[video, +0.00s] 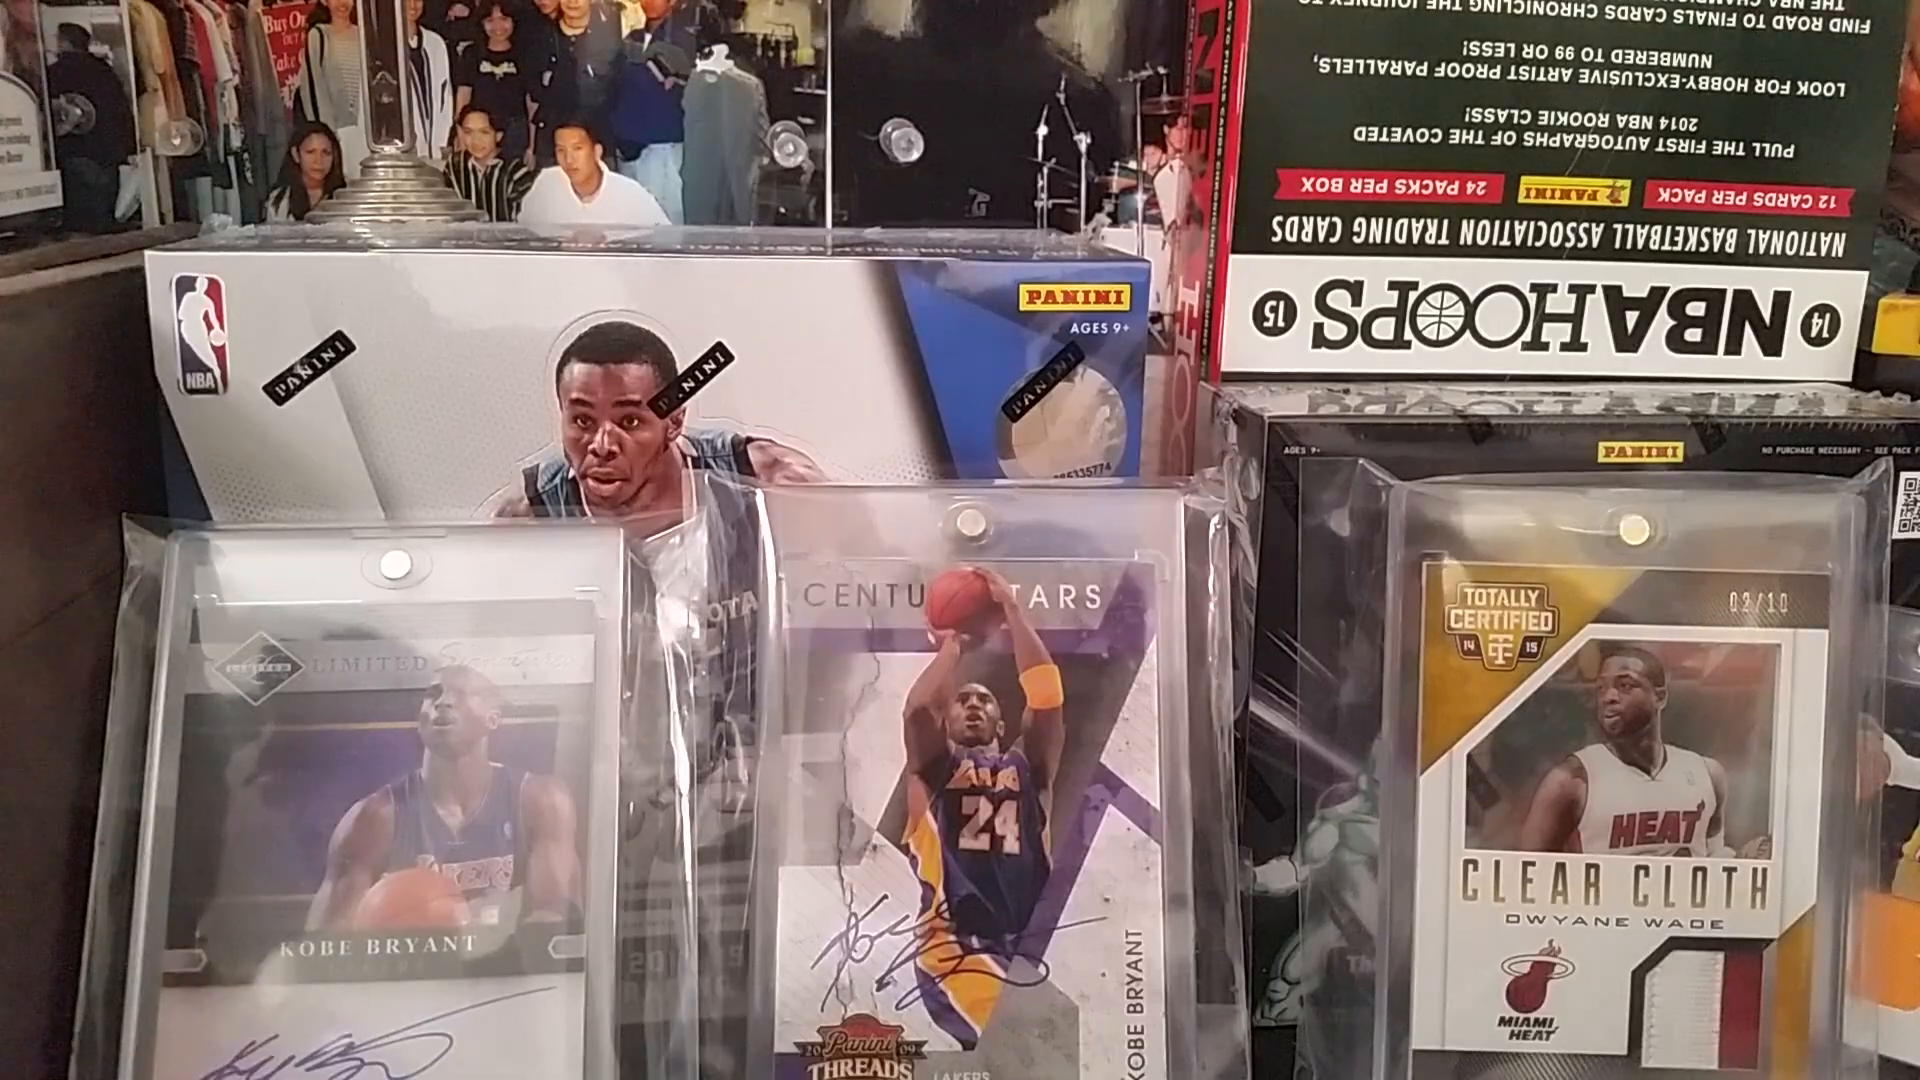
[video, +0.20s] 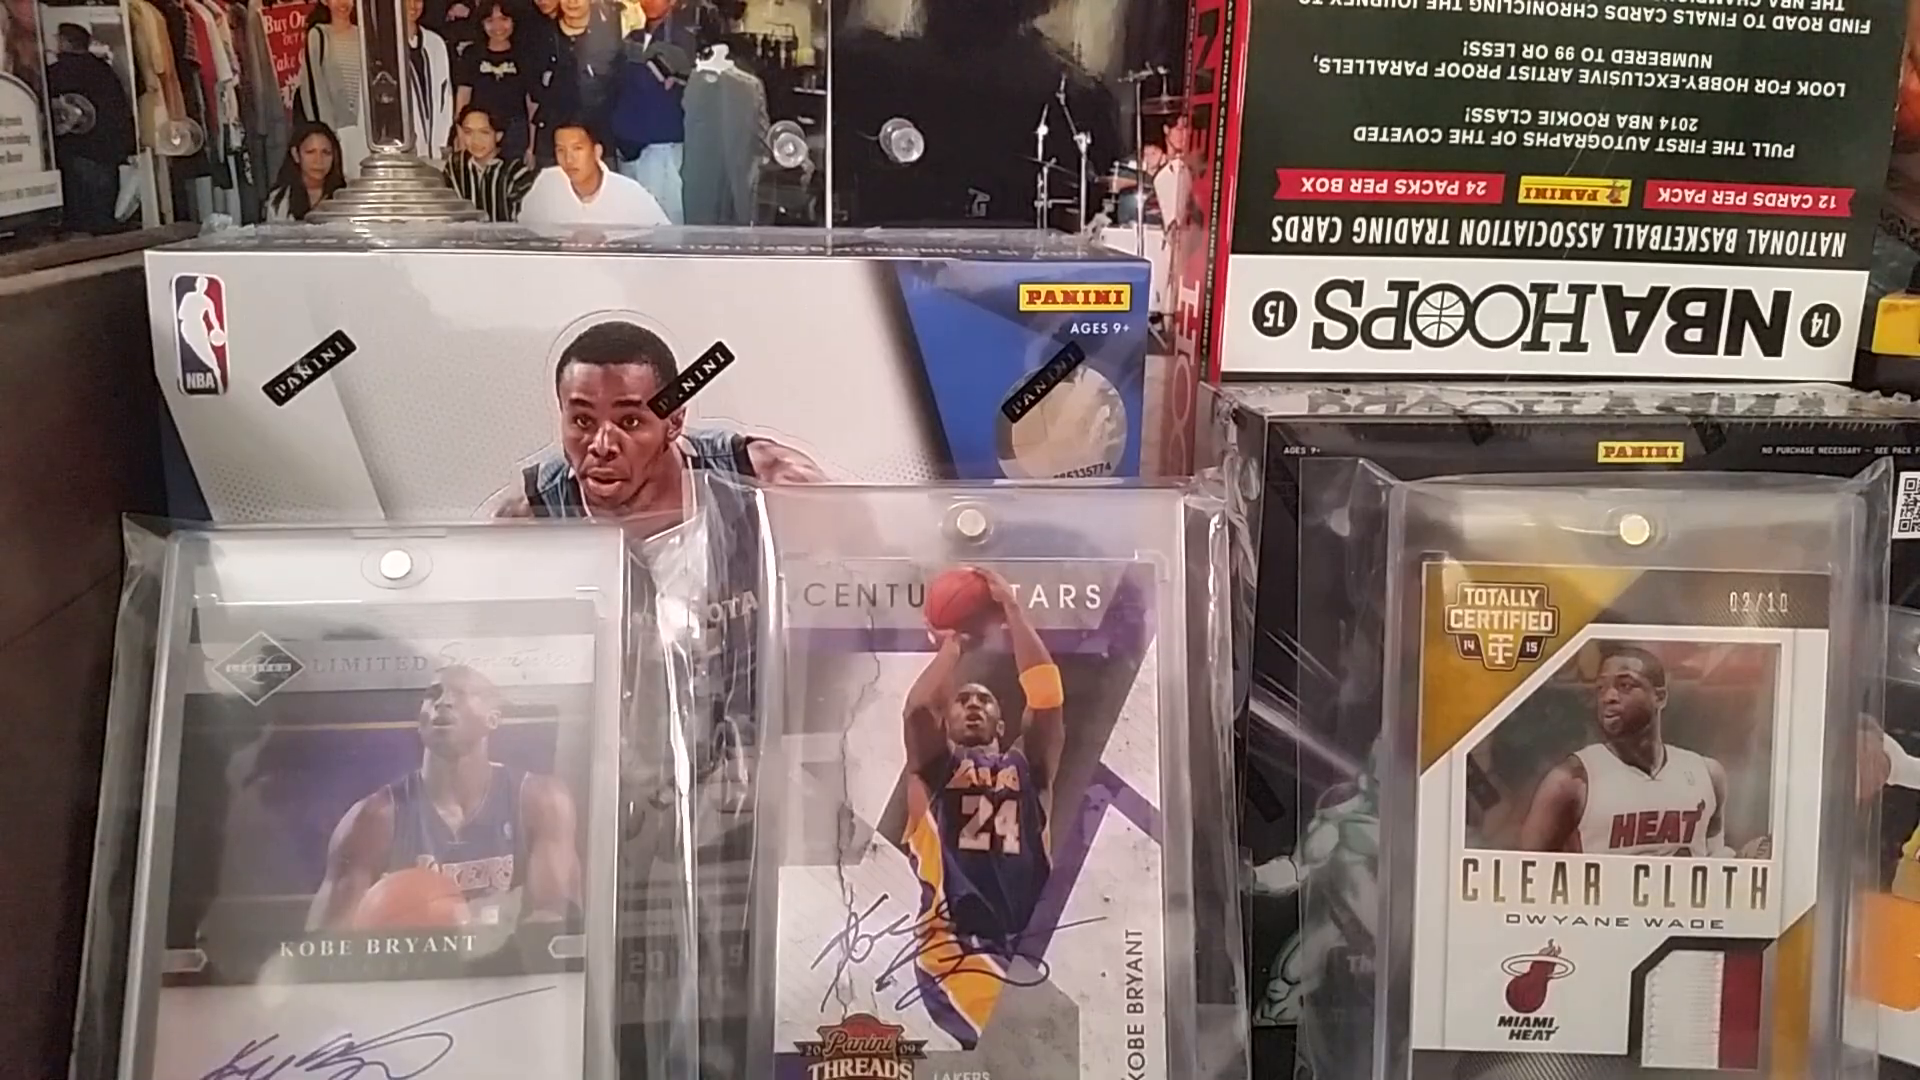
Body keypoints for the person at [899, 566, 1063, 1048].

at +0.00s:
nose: (973, 705)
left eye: (984, 700)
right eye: (962, 700)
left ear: (1002, 722)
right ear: (946, 722)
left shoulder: (1029, 765)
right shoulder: (934, 766)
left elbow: (1046, 694)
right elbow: (919, 708)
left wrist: (1012, 607)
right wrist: (952, 644)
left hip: (1026, 943)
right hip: (952, 945)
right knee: (1027, 1043)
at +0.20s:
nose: (973, 705)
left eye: (984, 700)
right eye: (962, 701)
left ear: (1002, 722)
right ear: (946, 722)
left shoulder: (1029, 765)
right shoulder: (934, 765)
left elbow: (1046, 694)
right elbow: (919, 709)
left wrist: (1011, 606)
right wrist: (952, 644)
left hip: (1027, 945)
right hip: (952, 946)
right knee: (1028, 1043)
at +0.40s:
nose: (973, 705)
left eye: (984, 700)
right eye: (962, 700)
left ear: (1002, 722)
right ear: (946, 722)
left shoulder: (1029, 766)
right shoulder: (934, 765)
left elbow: (1046, 694)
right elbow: (919, 708)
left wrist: (1011, 607)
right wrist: (952, 643)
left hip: (1026, 945)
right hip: (952, 946)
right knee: (1030, 1041)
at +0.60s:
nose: (973, 705)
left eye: (984, 700)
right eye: (962, 701)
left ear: (1002, 722)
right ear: (946, 722)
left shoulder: (1029, 765)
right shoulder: (934, 765)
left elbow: (1046, 694)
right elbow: (919, 709)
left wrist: (1011, 606)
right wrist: (952, 643)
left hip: (1026, 945)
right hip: (952, 946)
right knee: (1032, 1041)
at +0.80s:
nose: (974, 705)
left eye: (985, 701)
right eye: (963, 701)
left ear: (1002, 722)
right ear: (947, 722)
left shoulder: (1030, 766)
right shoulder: (935, 765)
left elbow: (1047, 695)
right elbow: (920, 708)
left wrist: (1012, 607)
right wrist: (953, 643)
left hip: (1026, 944)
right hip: (952, 945)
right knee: (1034, 1038)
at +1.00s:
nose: (981, 703)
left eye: (992, 698)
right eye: (971, 698)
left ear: (1010, 720)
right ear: (955, 719)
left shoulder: (1038, 763)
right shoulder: (943, 762)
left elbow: (1054, 694)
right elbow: (928, 706)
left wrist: (1020, 606)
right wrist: (961, 640)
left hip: (1032, 942)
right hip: (960, 943)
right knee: (1042, 1035)